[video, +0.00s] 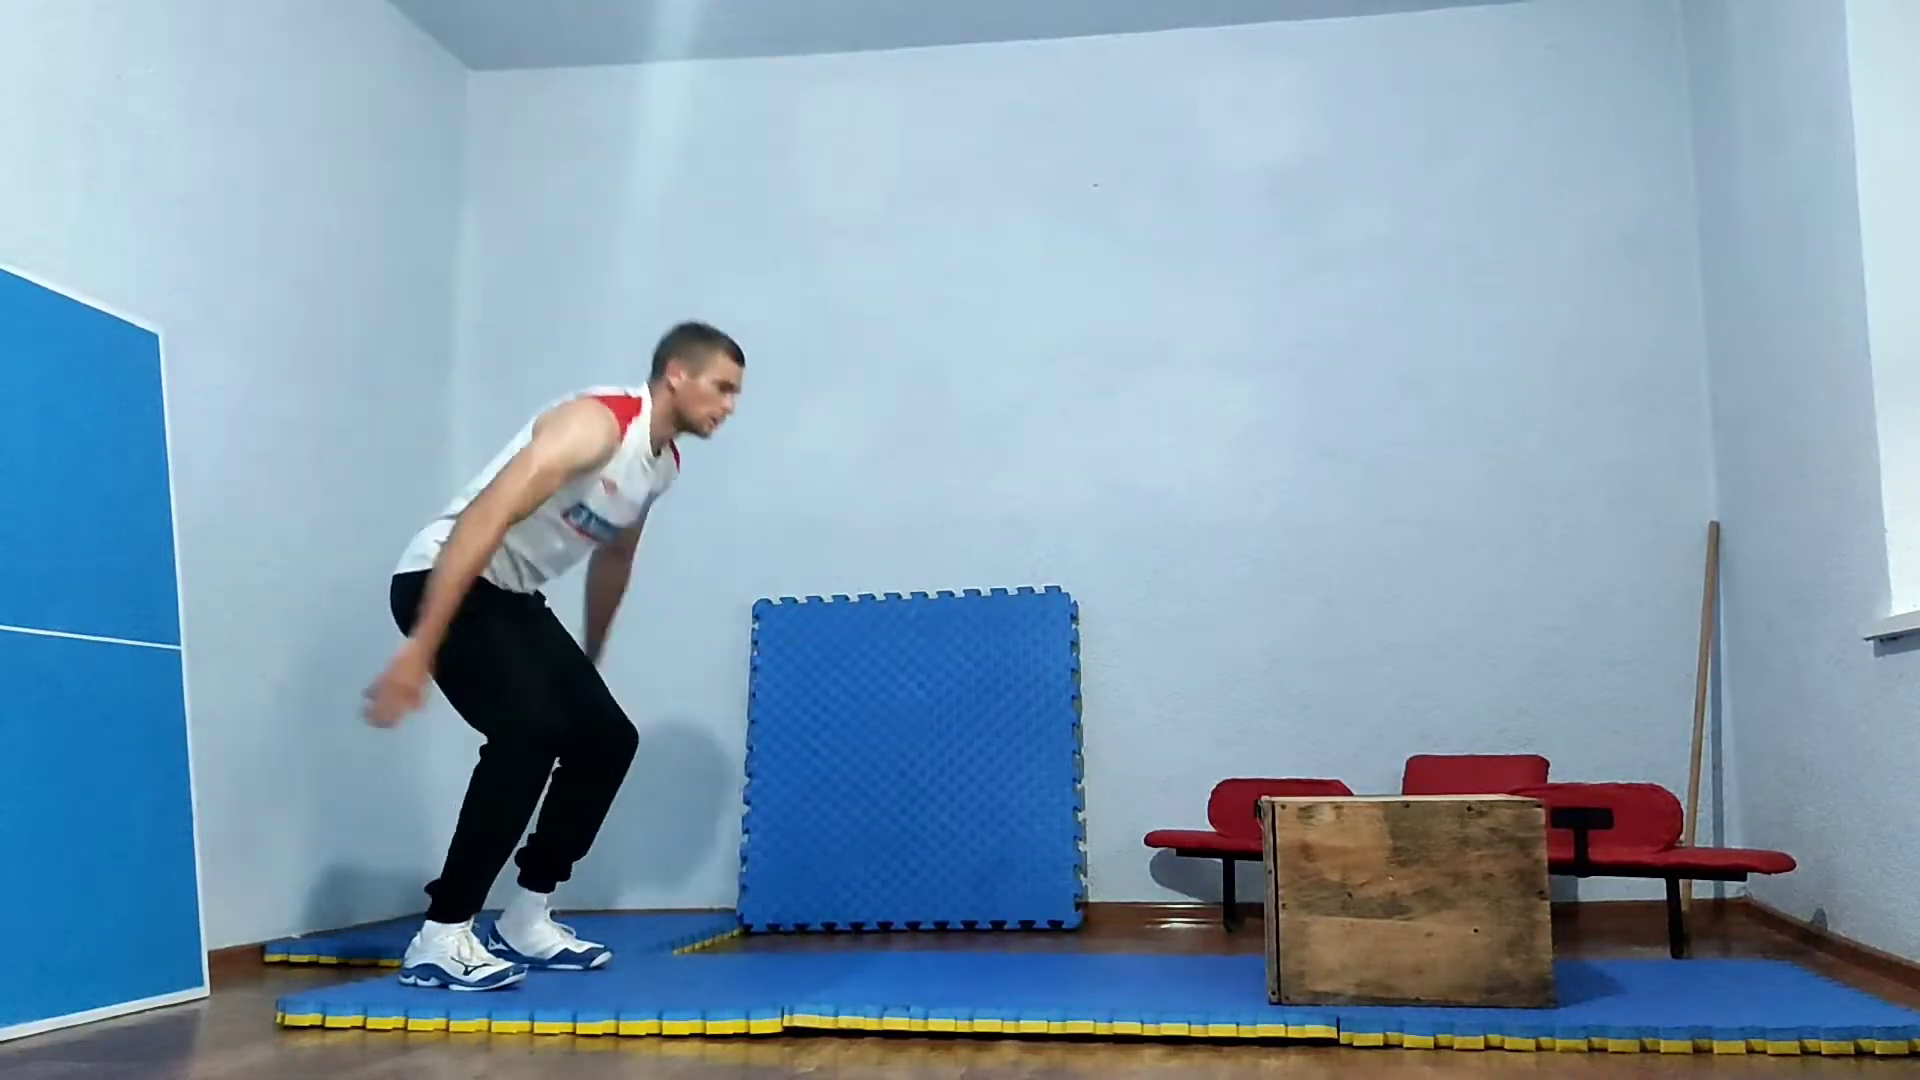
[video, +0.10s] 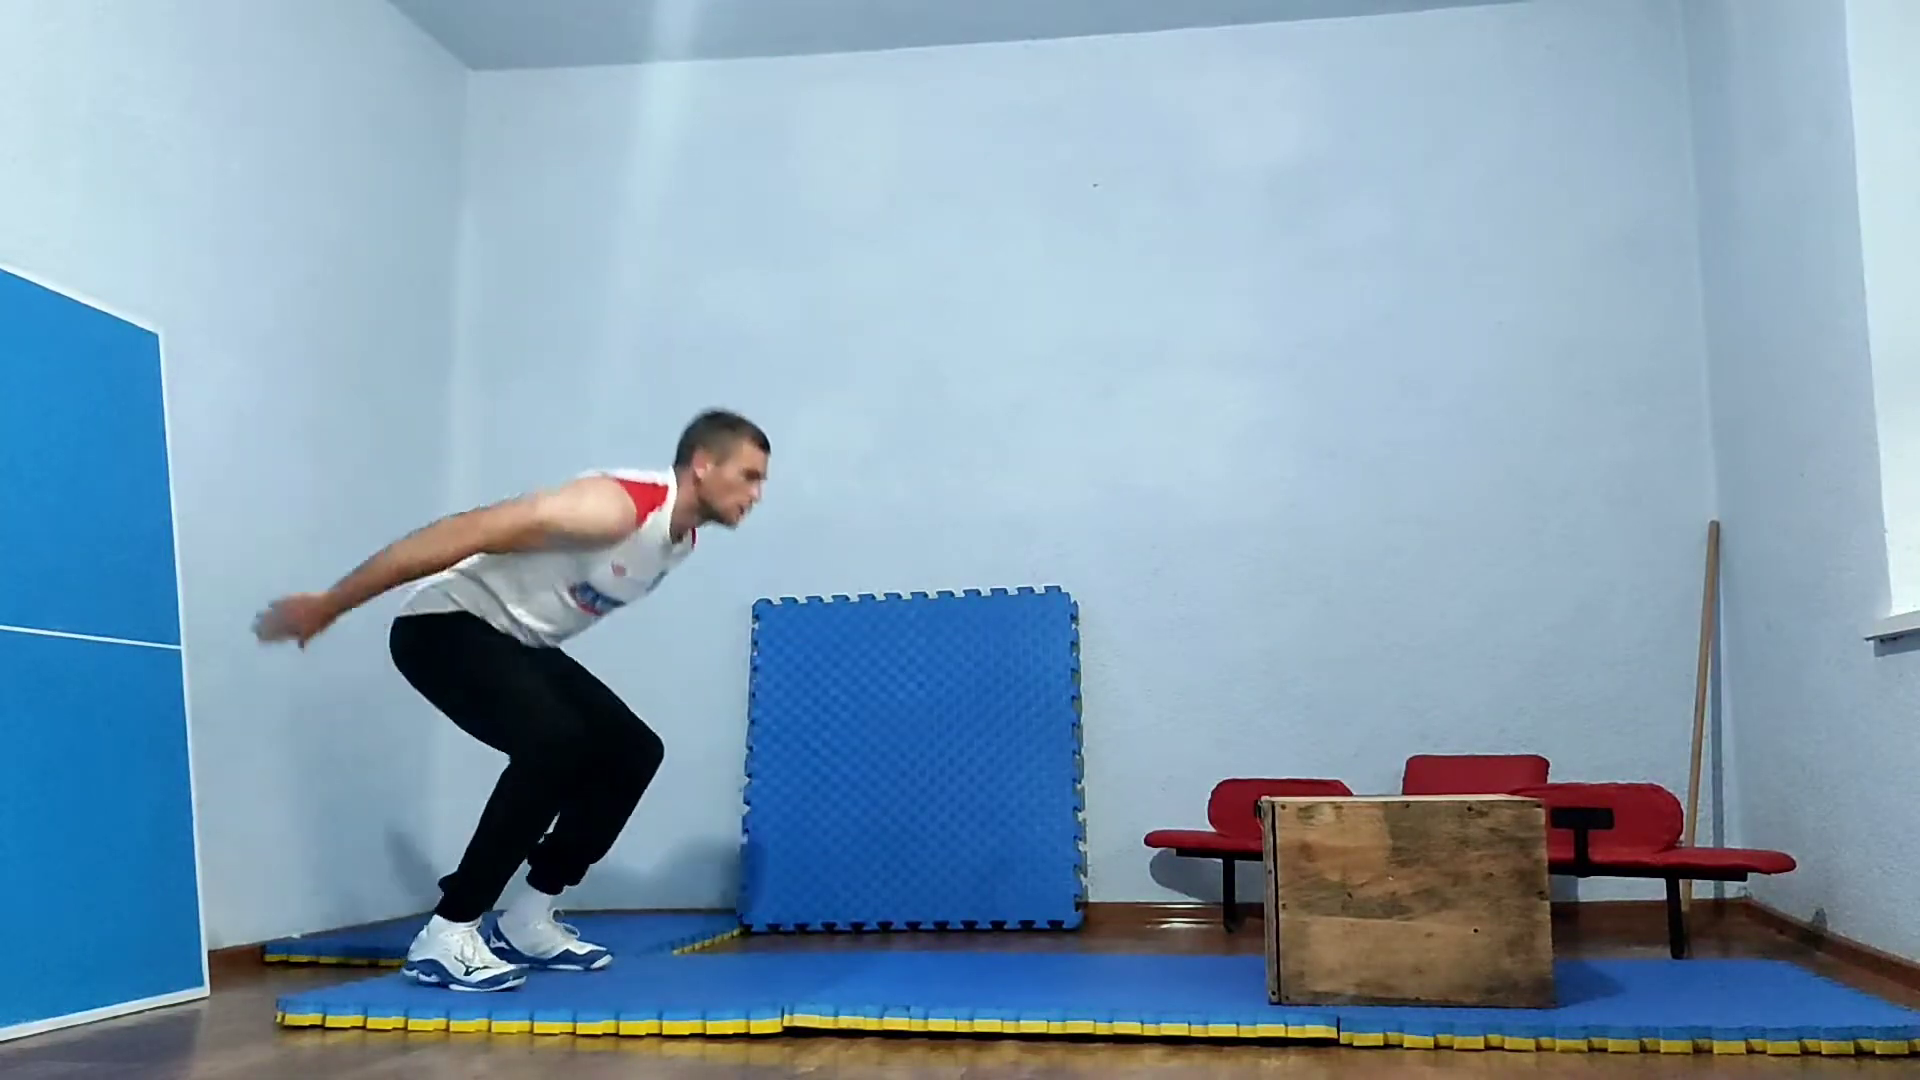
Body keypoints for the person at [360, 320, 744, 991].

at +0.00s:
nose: (729, 405)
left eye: (735, 393)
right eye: (721, 388)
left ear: (687, 387)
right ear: (674, 377)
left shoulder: (660, 464)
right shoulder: (592, 425)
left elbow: (614, 557)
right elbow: (486, 519)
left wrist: (590, 659)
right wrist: (419, 650)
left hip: (512, 595)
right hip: (447, 583)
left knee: (608, 741)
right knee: (529, 730)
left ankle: (524, 918)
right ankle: (442, 934)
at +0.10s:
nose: (757, 492)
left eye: (762, 480)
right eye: (749, 475)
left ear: (711, 474)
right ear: (701, 466)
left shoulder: (678, 537)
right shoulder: (611, 508)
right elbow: (464, 532)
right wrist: (329, 604)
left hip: (520, 641)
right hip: (445, 625)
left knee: (632, 752)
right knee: (555, 745)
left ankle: (526, 918)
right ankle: (446, 934)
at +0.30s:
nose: (787, 563)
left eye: (791, 550)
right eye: (778, 547)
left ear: (739, 549)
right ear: (728, 542)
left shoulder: (708, 608)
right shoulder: (636, 591)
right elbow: (499, 605)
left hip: (547, 690)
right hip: (471, 676)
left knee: (667, 774)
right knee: (604, 776)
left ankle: (529, 917)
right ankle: (459, 929)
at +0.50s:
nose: (818, 410)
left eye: (820, 397)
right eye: (807, 393)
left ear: (781, 402)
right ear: (756, 392)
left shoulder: (762, 495)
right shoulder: (687, 453)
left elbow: (823, 582)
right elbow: (768, 567)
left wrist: (905, 650)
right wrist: (872, 642)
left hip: (605, 623)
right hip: (538, 605)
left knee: (676, 779)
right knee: (622, 778)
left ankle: (539, 910)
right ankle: (469, 922)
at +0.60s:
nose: (866, 293)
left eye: (869, 281)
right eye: (853, 279)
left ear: (854, 292)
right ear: (801, 277)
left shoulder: (833, 365)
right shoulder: (762, 326)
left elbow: (955, 359)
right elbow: (899, 313)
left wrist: (1071, 318)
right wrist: (1021, 271)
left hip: (677, 565)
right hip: (618, 545)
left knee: (671, 759)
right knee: (610, 750)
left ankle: (550, 892)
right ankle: (472, 911)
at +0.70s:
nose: (944, 182)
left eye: (945, 165)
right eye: (935, 162)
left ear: (918, 165)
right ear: (896, 152)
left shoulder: (908, 229)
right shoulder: (844, 184)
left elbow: (1018, 168)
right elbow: (973, 120)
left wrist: (1108, 78)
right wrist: (1076, 35)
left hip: (787, 458)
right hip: (734, 441)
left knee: (701, 638)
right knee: (651, 619)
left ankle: (604, 802)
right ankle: (540, 809)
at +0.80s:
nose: (1022, 110)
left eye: (1023, 96)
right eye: (1016, 91)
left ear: (987, 97)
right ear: (974, 82)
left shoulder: (982, 159)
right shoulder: (917, 107)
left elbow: (1095, 112)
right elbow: (1057, 55)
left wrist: (1197, 40)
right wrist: (1156, 3)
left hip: (852, 376)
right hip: (811, 362)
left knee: (839, 584)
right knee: (825, 567)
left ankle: (701, 702)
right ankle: (674, 698)